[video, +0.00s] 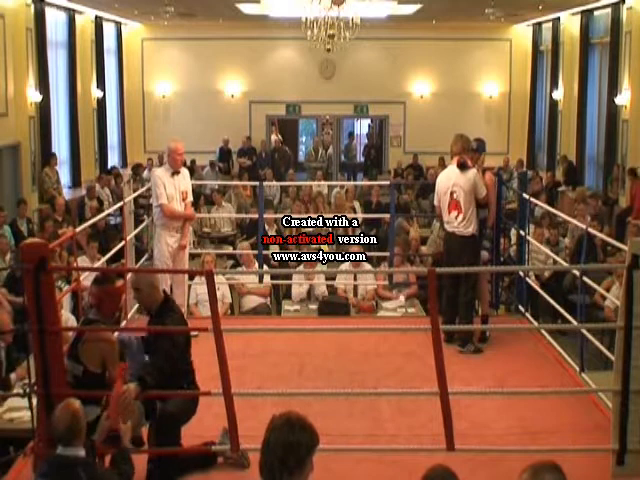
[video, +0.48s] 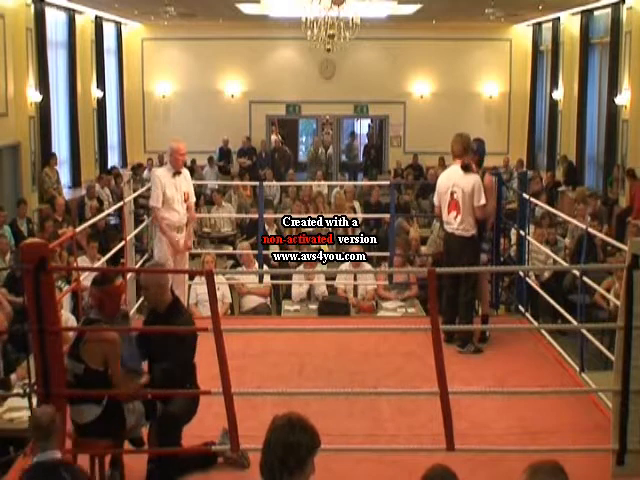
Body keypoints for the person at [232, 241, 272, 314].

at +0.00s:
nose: (245, 258)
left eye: (247, 254)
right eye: (241, 255)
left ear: (252, 254)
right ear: (239, 258)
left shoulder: (263, 268)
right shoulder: (238, 271)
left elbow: (267, 291)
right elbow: (240, 291)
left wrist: (247, 290)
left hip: (261, 304)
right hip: (245, 308)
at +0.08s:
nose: (245, 258)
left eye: (247, 254)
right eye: (241, 255)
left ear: (252, 254)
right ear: (239, 258)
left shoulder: (263, 268)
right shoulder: (238, 271)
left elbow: (267, 291)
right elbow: (240, 291)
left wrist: (247, 290)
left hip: (261, 304)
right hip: (245, 308)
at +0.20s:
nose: (245, 258)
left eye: (247, 254)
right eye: (242, 255)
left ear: (252, 254)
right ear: (239, 258)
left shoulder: (263, 268)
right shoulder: (238, 271)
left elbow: (267, 291)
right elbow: (240, 291)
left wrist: (247, 290)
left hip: (261, 304)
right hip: (244, 308)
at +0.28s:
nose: (245, 258)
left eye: (247, 254)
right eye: (241, 255)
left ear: (252, 254)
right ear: (239, 258)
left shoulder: (263, 268)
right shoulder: (238, 271)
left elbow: (267, 291)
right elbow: (240, 291)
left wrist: (247, 290)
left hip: (261, 304)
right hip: (245, 308)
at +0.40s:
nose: (245, 258)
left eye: (247, 254)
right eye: (241, 255)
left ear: (252, 254)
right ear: (239, 258)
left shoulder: (263, 268)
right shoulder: (238, 271)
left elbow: (267, 291)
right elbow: (240, 291)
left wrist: (247, 290)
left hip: (261, 304)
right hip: (245, 308)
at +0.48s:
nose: (245, 258)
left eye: (247, 254)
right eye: (241, 255)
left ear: (252, 254)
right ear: (239, 258)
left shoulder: (263, 268)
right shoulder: (238, 271)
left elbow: (267, 291)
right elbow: (240, 291)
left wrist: (247, 290)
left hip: (261, 304)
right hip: (245, 308)